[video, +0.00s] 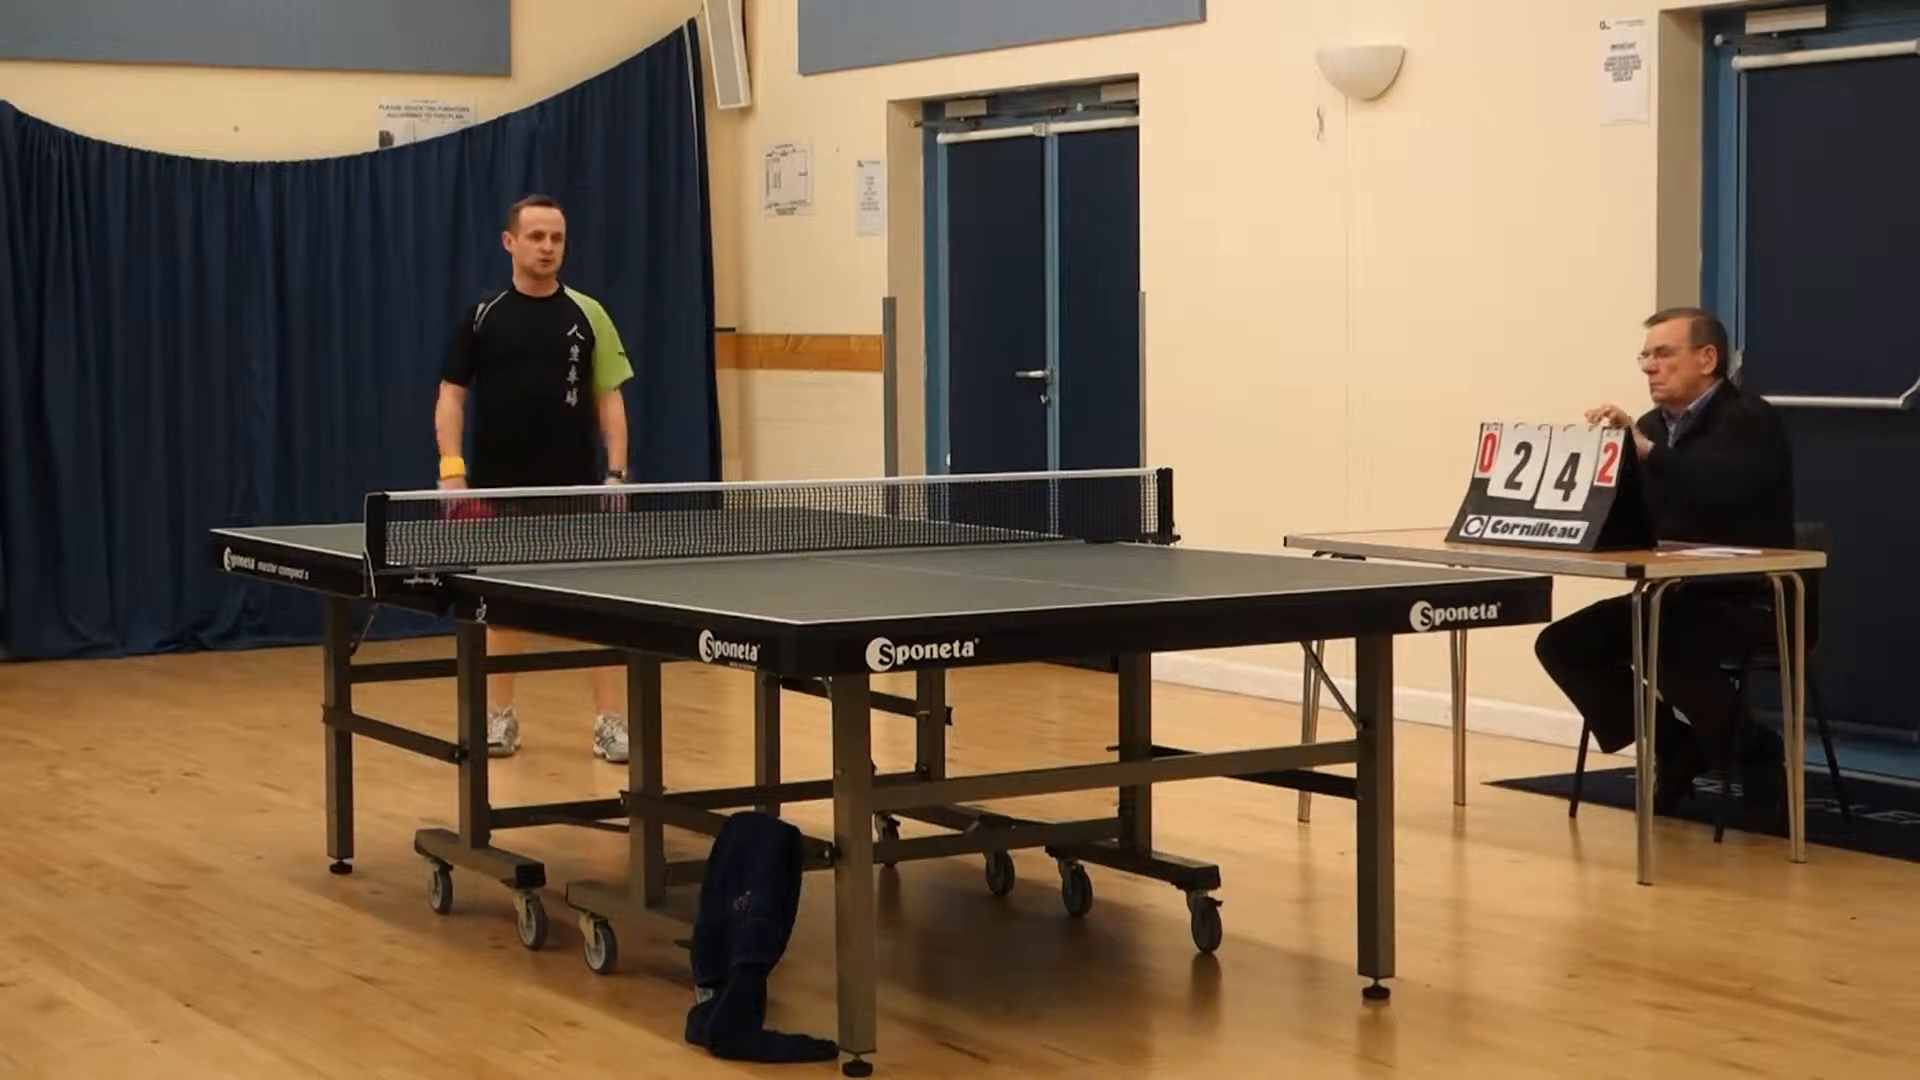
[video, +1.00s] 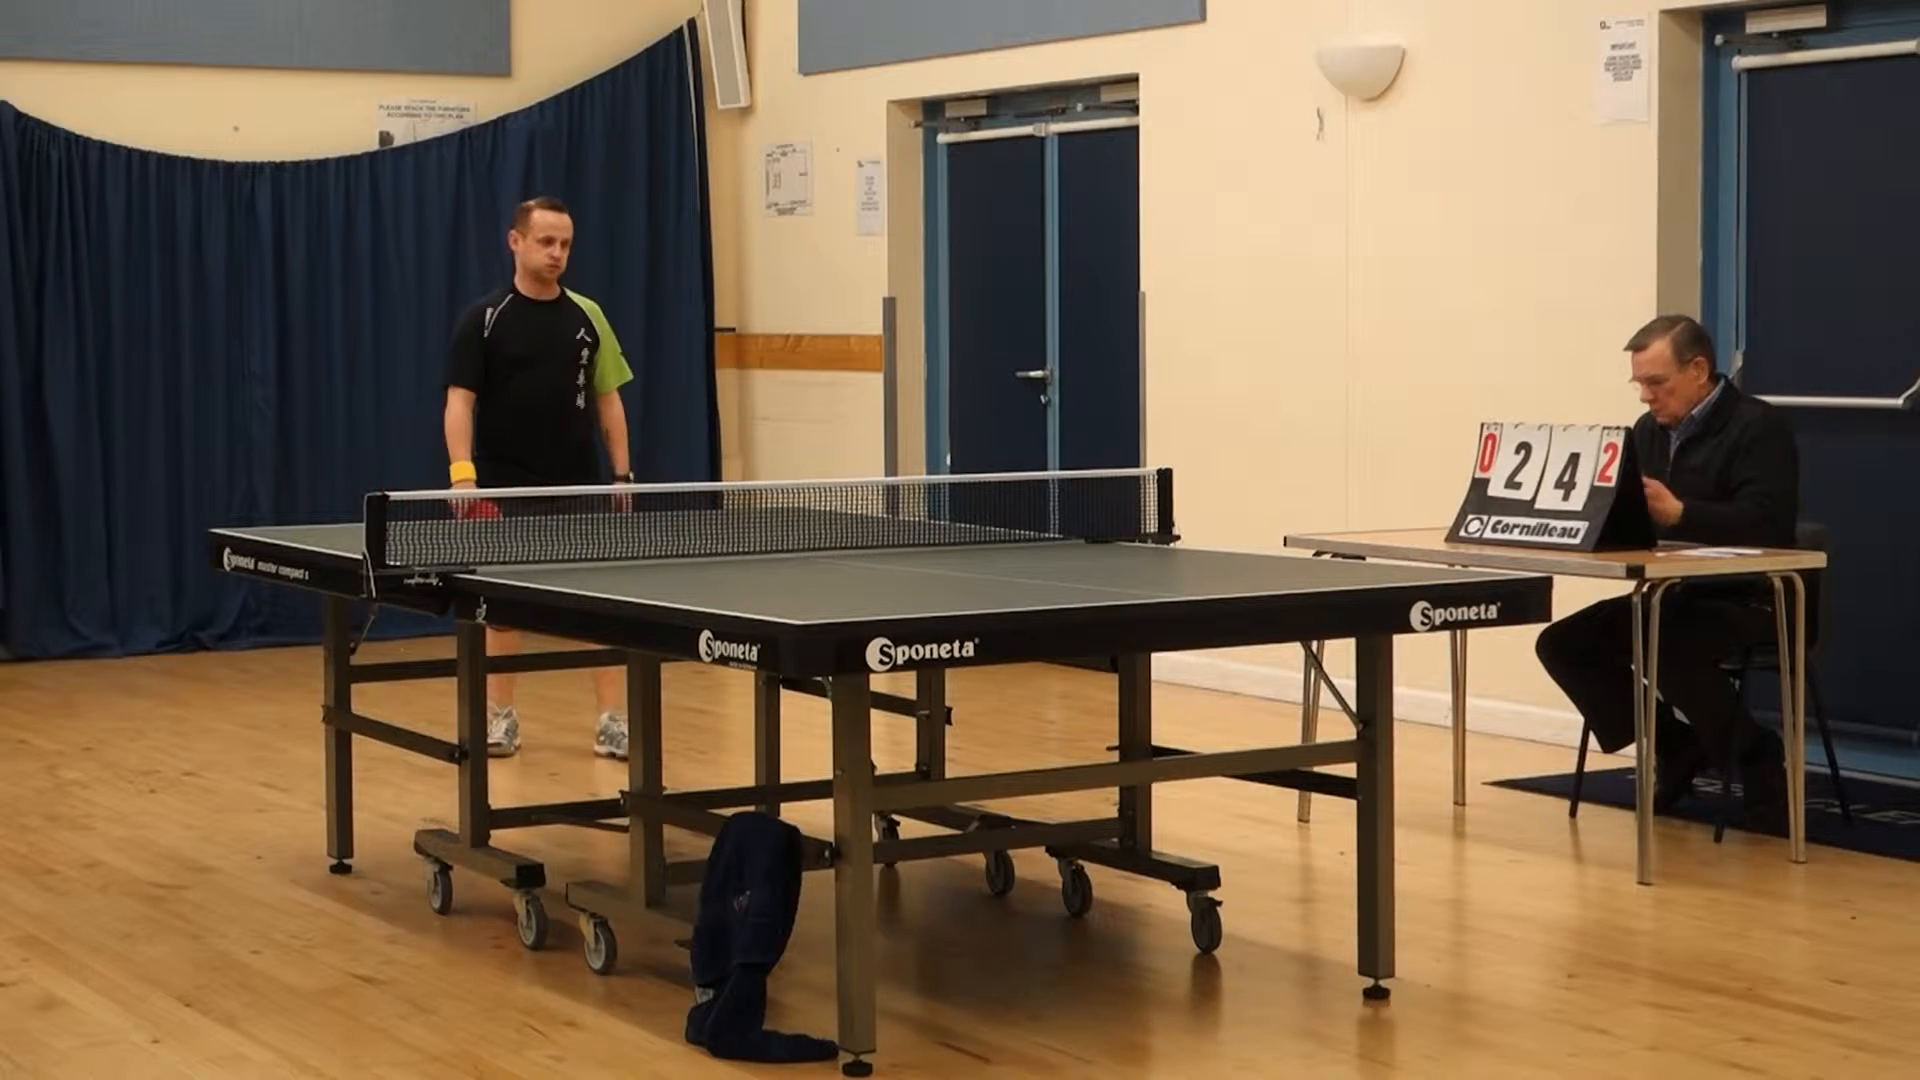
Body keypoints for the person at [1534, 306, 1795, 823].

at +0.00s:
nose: (1648, 366)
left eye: (1663, 353)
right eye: (1646, 355)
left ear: (1707, 360)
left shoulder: (1752, 422)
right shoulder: (1651, 428)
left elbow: (1720, 491)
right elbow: (1619, 522)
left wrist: (1643, 449)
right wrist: (1593, 455)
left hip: (1753, 595)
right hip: (1675, 592)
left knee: (1666, 647)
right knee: (1562, 644)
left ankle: (1753, 749)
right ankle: (1672, 741)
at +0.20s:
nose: (1648, 368)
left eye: (1662, 356)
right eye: (1646, 357)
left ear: (1707, 361)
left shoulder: (1757, 426)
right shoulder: (1648, 430)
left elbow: (1766, 521)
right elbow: (1618, 518)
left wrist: (1679, 494)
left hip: (1748, 595)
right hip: (1669, 592)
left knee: (1667, 648)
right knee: (1562, 644)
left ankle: (1754, 750)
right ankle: (1672, 741)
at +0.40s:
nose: (1649, 370)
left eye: (1663, 358)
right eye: (1646, 359)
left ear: (1708, 361)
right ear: (1643, 365)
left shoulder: (1758, 427)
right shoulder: (1647, 431)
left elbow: (1765, 526)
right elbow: (1617, 511)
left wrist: (1677, 506)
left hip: (1749, 595)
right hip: (1669, 593)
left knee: (1666, 645)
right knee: (1562, 643)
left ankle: (1753, 750)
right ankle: (1672, 741)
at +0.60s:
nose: (1649, 377)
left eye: (1662, 364)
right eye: (1645, 366)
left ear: (1707, 365)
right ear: (1641, 368)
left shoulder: (1758, 427)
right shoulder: (1648, 431)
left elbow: (1767, 526)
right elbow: (1618, 511)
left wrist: (1681, 505)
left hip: (1748, 595)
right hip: (1668, 593)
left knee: (1666, 645)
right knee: (1562, 643)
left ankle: (1753, 750)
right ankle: (1673, 741)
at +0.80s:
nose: (1648, 386)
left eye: (1659, 373)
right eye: (1643, 374)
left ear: (1704, 367)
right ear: (1638, 374)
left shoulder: (1759, 429)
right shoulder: (1647, 432)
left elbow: (1771, 526)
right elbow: (1621, 516)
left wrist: (1687, 501)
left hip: (1751, 596)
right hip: (1670, 594)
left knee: (1666, 645)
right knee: (1562, 643)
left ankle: (1754, 749)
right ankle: (1673, 741)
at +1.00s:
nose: (1646, 395)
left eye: (1656, 382)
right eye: (1641, 383)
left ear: (1700, 370)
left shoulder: (1761, 428)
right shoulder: (1647, 434)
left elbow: (1769, 524)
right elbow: (1618, 512)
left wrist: (1679, 513)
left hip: (1753, 596)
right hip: (1671, 594)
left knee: (1669, 645)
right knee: (1562, 643)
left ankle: (1756, 753)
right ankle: (1675, 744)